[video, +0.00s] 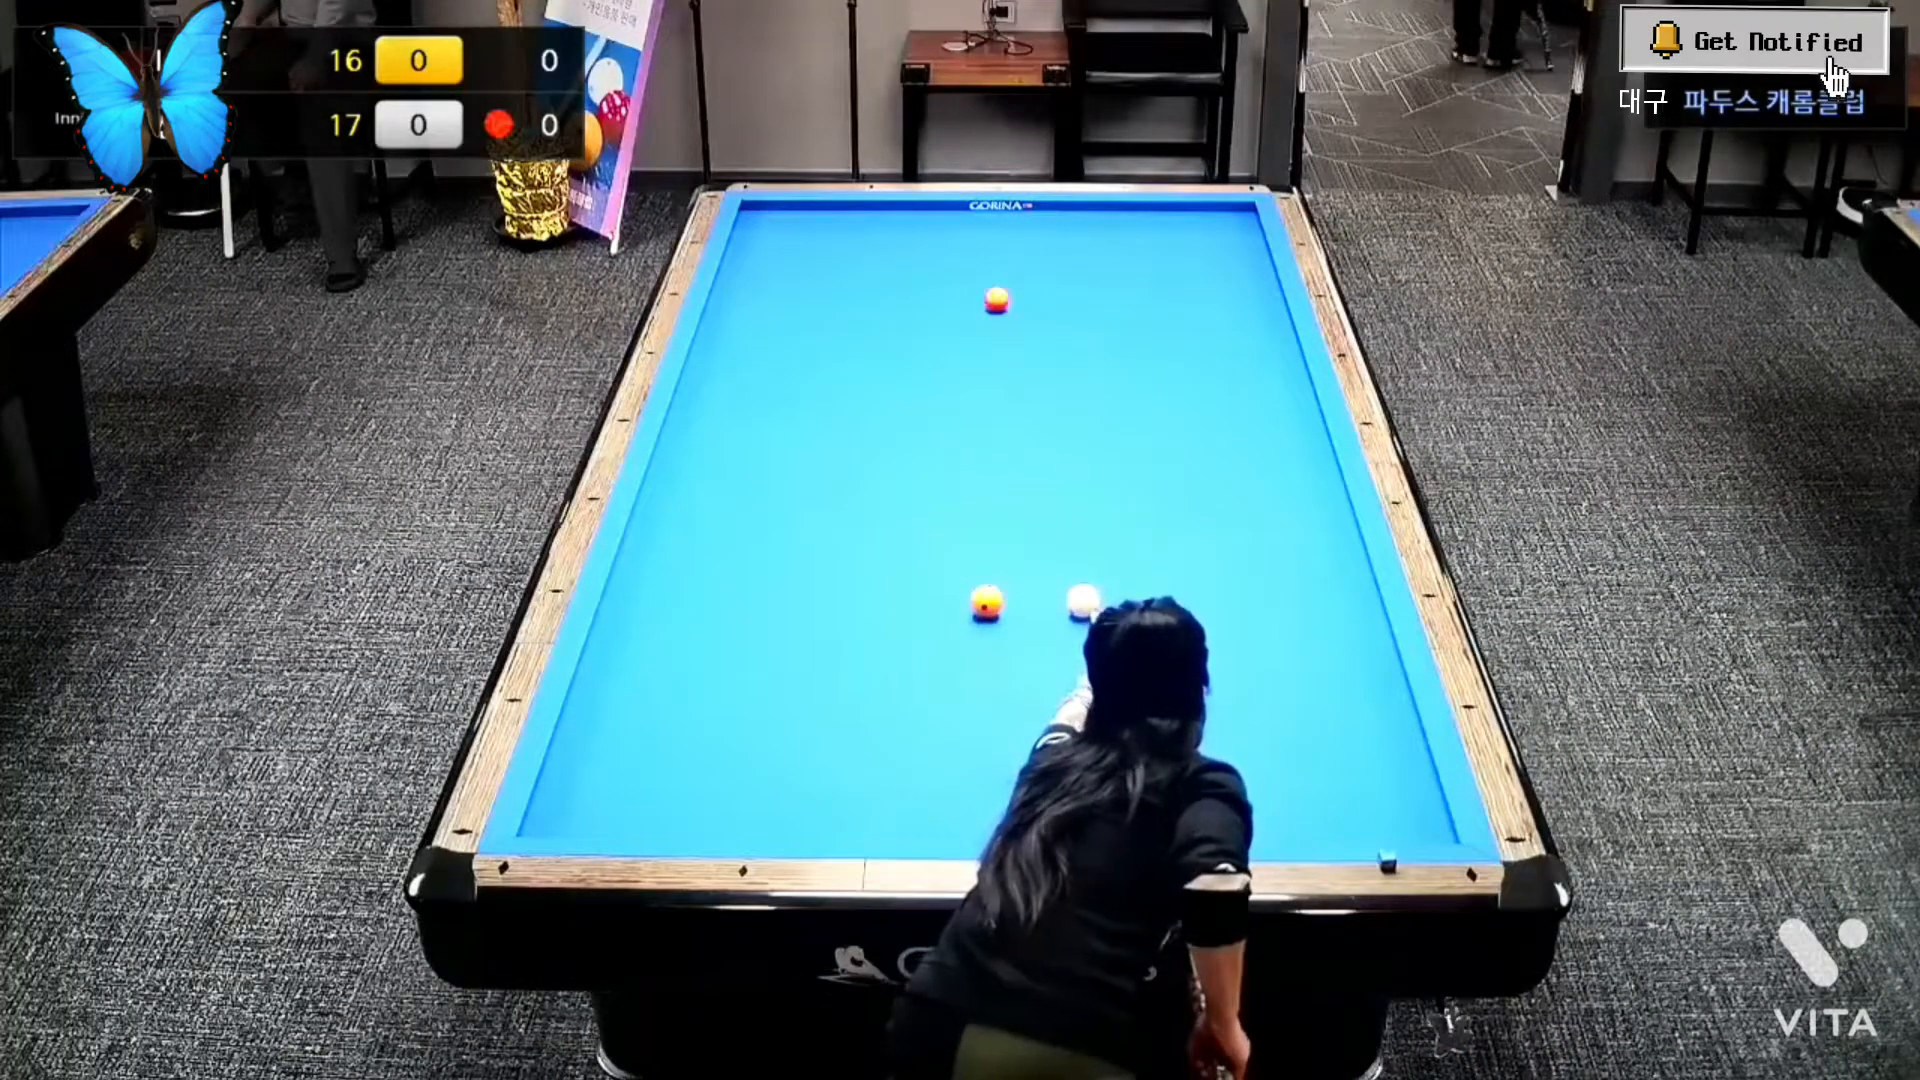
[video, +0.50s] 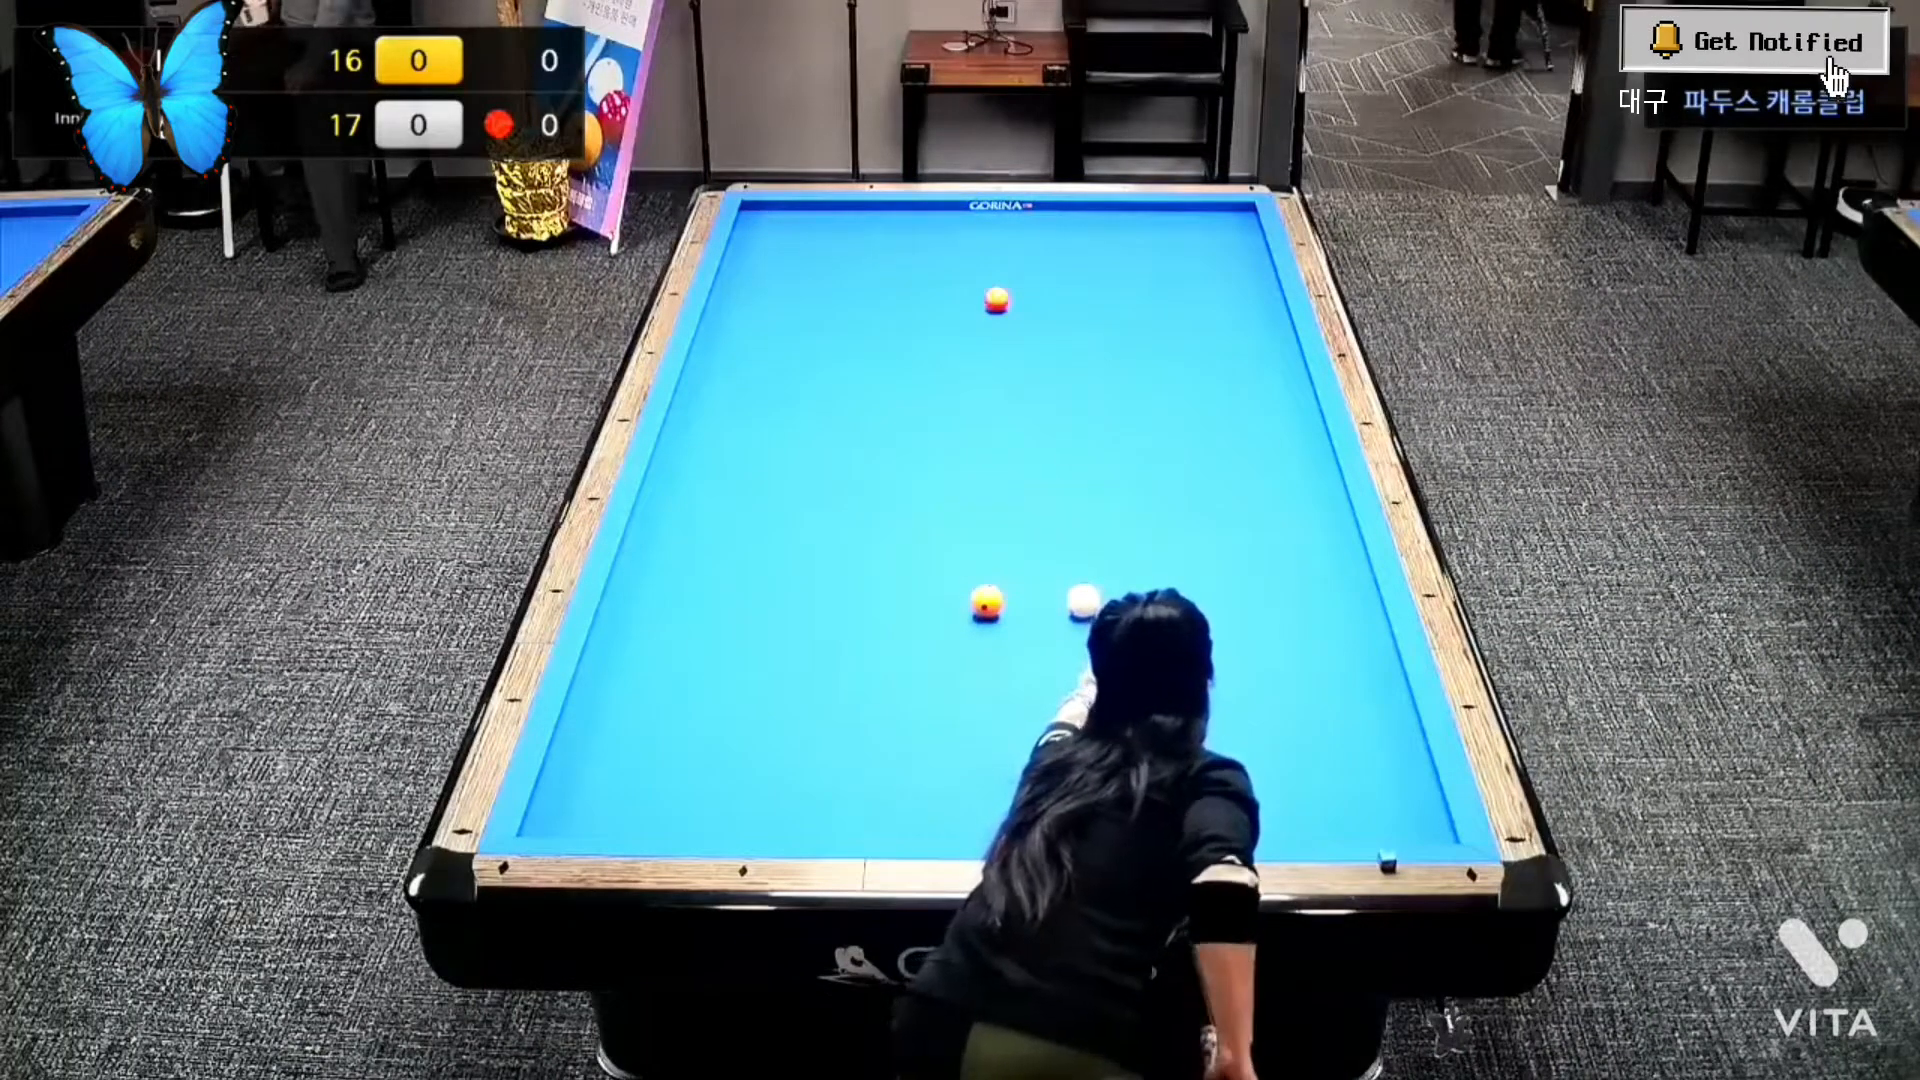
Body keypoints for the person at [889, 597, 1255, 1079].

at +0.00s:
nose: (1209, 683)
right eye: (1204, 673)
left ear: (1099, 688)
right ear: (1195, 686)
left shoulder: (1053, 758)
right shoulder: (1207, 782)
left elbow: (1079, 702)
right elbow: (1214, 887)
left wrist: (1103, 666)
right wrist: (1222, 1018)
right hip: (1092, 1041)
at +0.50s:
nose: (1214, 677)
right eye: (1209, 667)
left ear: (1102, 682)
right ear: (1200, 679)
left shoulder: (1055, 755)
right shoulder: (1212, 776)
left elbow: (1079, 705)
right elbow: (1221, 894)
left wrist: (1097, 673)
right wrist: (1234, 1052)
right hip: (1091, 1038)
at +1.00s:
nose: (1220, 672)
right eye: (1216, 660)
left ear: (1112, 671)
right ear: (1205, 669)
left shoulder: (1058, 748)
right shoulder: (1221, 771)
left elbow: (1077, 708)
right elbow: (1233, 872)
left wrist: (1104, 669)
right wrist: (1232, 937)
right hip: (1109, 1037)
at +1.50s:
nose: (1208, 660)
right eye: (1203, 648)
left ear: (1103, 656)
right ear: (1196, 658)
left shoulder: (1049, 740)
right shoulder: (1217, 764)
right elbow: (1232, 874)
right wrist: (1223, 943)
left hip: (988, 1012)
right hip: (1112, 1029)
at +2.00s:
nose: (1181, 607)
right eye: (1177, 595)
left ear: (1075, 601)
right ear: (1167, 606)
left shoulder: (1020, 696)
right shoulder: (1186, 726)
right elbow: (1192, 873)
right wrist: (1199, 923)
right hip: (1069, 1016)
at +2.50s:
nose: (1150, 511)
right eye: (1146, 497)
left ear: (1031, 503)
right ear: (1137, 517)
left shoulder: (973, 616)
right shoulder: (1150, 670)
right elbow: (1144, 854)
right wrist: (1171, 908)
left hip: (949, 964)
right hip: (1075, 984)